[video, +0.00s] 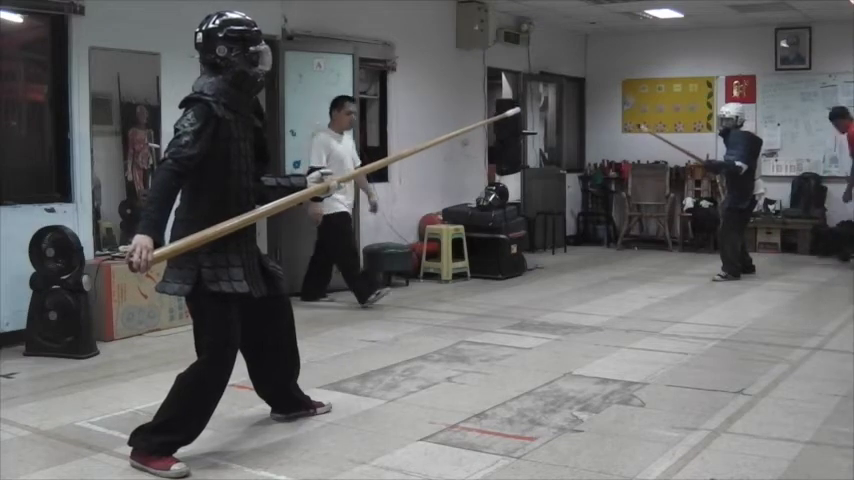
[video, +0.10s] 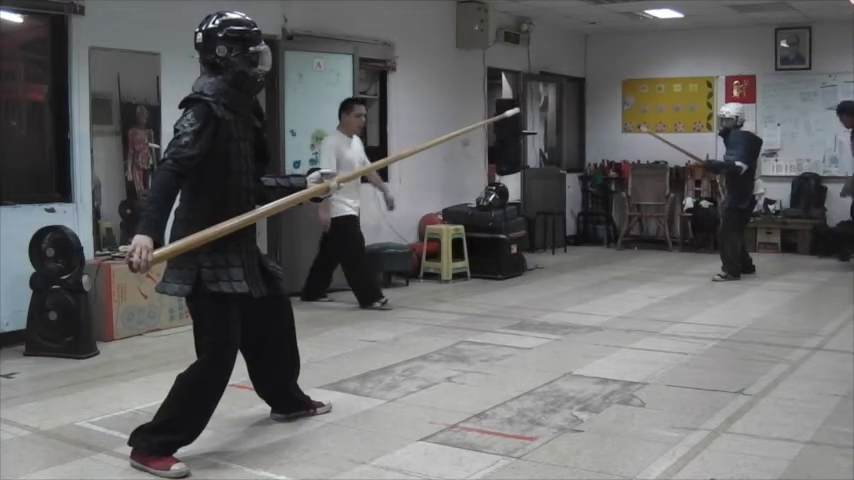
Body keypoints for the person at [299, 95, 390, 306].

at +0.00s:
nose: (353, 118)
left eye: (354, 114)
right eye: (349, 114)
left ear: (348, 116)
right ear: (336, 113)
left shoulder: (348, 139)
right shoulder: (321, 139)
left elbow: (357, 169)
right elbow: (314, 174)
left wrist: (370, 192)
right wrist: (315, 202)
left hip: (345, 205)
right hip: (330, 206)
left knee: (325, 251)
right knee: (345, 250)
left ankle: (312, 291)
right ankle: (364, 293)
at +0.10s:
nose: (362, 121)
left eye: (364, 117)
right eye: (358, 116)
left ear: (362, 119)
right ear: (344, 117)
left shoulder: (356, 141)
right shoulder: (331, 142)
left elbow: (367, 169)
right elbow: (327, 178)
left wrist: (384, 190)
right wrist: (323, 210)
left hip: (352, 207)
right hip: (338, 207)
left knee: (330, 252)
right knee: (355, 252)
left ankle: (312, 291)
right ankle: (369, 298)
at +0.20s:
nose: (373, 123)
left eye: (374, 119)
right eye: (369, 118)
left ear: (361, 120)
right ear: (355, 118)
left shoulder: (365, 142)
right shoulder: (343, 143)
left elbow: (383, 166)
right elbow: (339, 182)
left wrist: (406, 181)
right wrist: (339, 216)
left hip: (354, 207)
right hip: (344, 209)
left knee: (336, 254)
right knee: (362, 250)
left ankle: (315, 288)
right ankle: (371, 298)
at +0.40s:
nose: (382, 128)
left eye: (383, 123)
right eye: (379, 123)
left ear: (372, 124)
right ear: (365, 122)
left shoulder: (373, 143)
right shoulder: (355, 145)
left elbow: (397, 154)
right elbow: (365, 183)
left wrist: (404, 133)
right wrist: (381, 215)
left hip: (352, 205)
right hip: (346, 206)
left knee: (340, 252)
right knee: (369, 248)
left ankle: (323, 288)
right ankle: (372, 298)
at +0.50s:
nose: (383, 129)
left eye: (383, 125)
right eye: (379, 124)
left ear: (372, 124)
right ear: (364, 123)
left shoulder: (375, 144)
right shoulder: (352, 145)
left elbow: (396, 161)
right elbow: (378, 171)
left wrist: (404, 152)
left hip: (359, 206)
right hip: (345, 206)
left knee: (340, 250)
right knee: (370, 245)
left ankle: (323, 287)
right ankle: (371, 298)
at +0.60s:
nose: (381, 130)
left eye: (382, 126)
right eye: (377, 125)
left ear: (368, 127)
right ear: (362, 124)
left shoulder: (371, 150)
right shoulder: (351, 145)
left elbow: (389, 165)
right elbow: (381, 148)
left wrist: (405, 178)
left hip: (356, 208)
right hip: (345, 208)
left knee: (338, 251)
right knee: (371, 246)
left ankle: (322, 288)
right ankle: (372, 299)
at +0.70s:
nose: (380, 128)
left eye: (381, 124)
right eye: (376, 124)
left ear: (376, 124)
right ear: (363, 123)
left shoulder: (373, 148)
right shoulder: (347, 142)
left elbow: (387, 169)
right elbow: (373, 130)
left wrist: (401, 183)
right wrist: (396, 110)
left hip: (357, 208)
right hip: (344, 209)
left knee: (337, 251)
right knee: (371, 246)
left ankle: (320, 287)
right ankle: (371, 298)